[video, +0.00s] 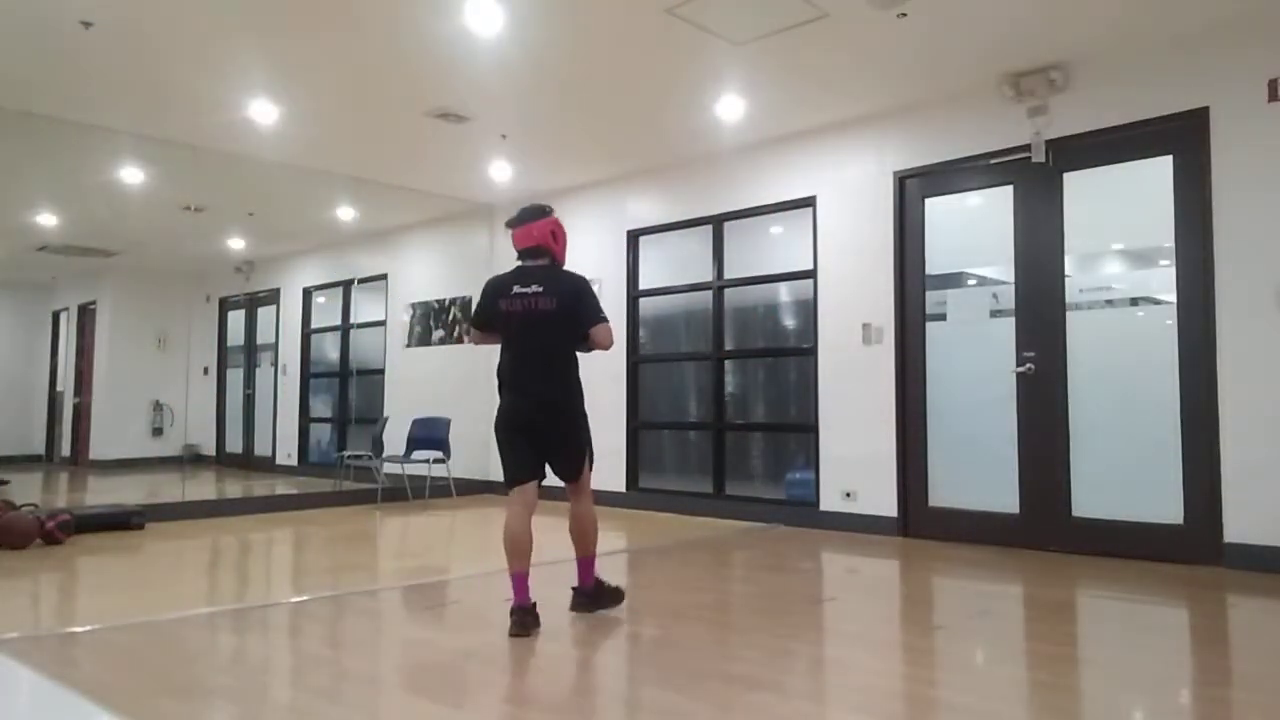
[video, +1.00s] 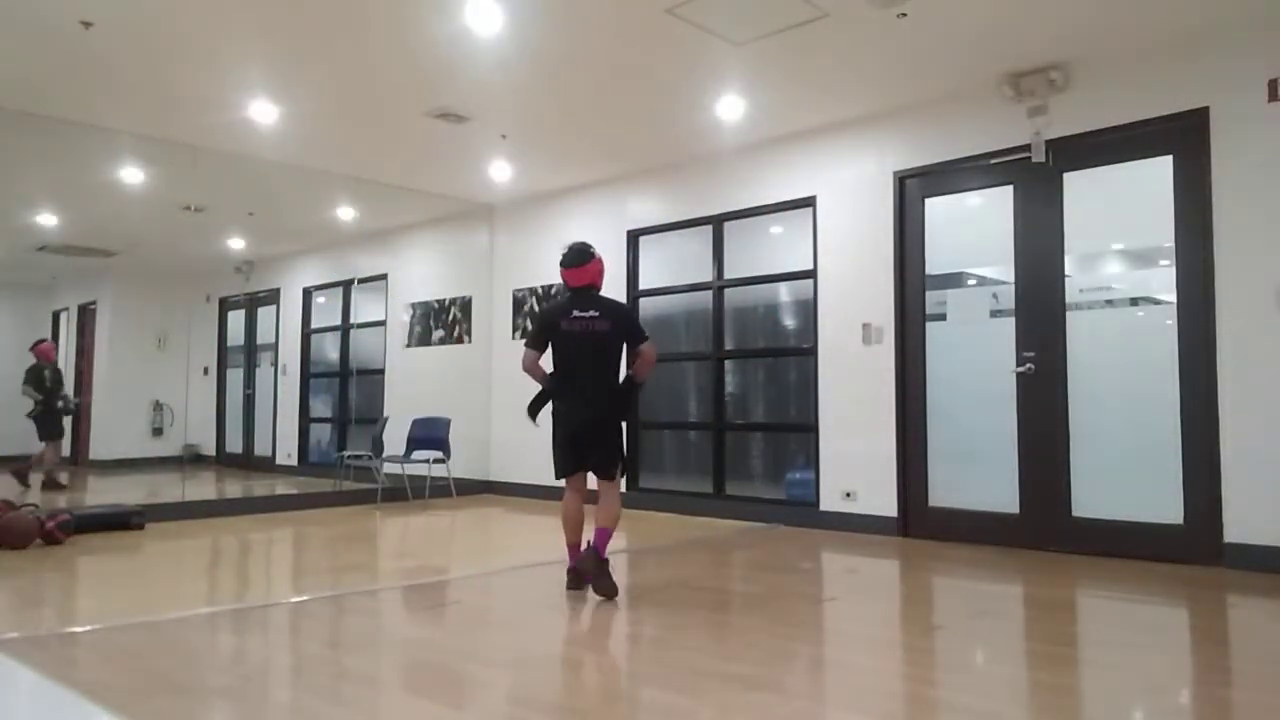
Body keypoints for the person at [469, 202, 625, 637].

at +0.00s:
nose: (565, 242)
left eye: (557, 235)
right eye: (561, 235)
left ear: (517, 243)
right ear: (556, 239)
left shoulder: (496, 286)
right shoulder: (573, 284)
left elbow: (481, 333)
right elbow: (603, 338)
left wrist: (521, 330)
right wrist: (569, 334)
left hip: (513, 409)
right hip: (562, 408)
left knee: (519, 500)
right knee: (579, 492)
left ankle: (521, 607)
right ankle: (586, 586)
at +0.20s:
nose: (580, 255)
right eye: (577, 248)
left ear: (534, 255)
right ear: (572, 252)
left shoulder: (515, 296)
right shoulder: (587, 295)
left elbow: (506, 348)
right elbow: (619, 346)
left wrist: (540, 336)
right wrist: (585, 332)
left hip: (532, 414)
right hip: (579, 413)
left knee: (530, 500)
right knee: (585, 498)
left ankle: (521, 599)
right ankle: (588, 583)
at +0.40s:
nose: (596, 259)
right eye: (593, 253)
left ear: (553, 260)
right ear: (589, 256)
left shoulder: (533, 301)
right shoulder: (605, 299)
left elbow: (522, 350)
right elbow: (638, 349)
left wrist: (558, 341)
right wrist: (610, 329)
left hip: (555, 410)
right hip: (597, 409)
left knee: (551, 492)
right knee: (596, 493)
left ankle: (537, 552)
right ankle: (589, 582)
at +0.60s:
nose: (604, 259)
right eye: (601, 253)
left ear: (563, 261)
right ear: (598, 257)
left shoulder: (546, 302)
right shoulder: (617, 299)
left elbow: (530, 354)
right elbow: (646, 347)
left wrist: (563, 344)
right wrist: (619, 338)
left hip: (564, 408)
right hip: (604, 407)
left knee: (565, 484)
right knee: (597, 492)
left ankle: (557, 569)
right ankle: (589, 584)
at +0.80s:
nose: (605, 269)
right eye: (603, 264)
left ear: (567, 270)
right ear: (601, 268)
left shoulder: (552, 309)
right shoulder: (619, 308)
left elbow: (527, 359)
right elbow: (648, 354)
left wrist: (557, 368)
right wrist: (621, 353)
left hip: (568, 410)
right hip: (605, 409)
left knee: (574, 490)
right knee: (599, 492)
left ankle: (574, 568)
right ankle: (588, 582)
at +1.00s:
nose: (599, 272)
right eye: (598, 267)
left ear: (564, 275)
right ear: (598, 271)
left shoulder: (550, 314)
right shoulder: (618, 312)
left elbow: (529, 363)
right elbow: (647, 354)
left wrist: (552, 385)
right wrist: (628, 388)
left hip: (567, 411)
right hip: (605, 409)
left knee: (573, 487)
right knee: (609, 487)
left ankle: (575, 564)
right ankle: (597, 552)